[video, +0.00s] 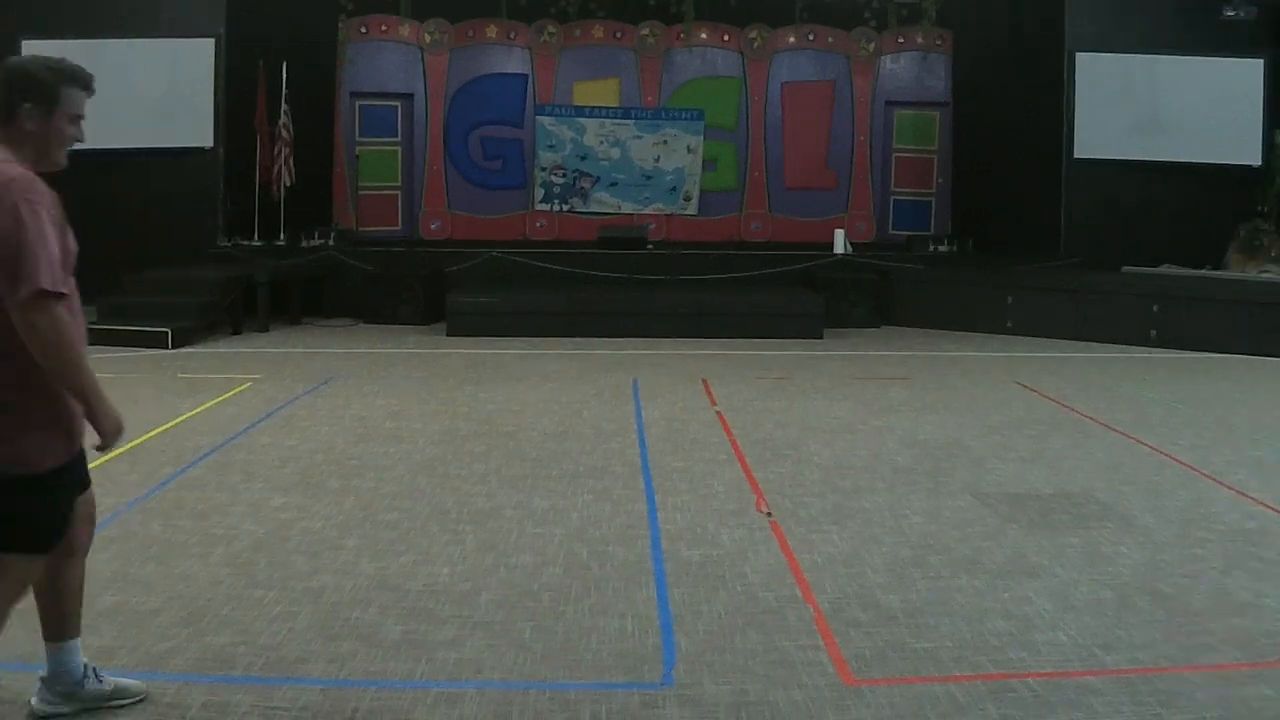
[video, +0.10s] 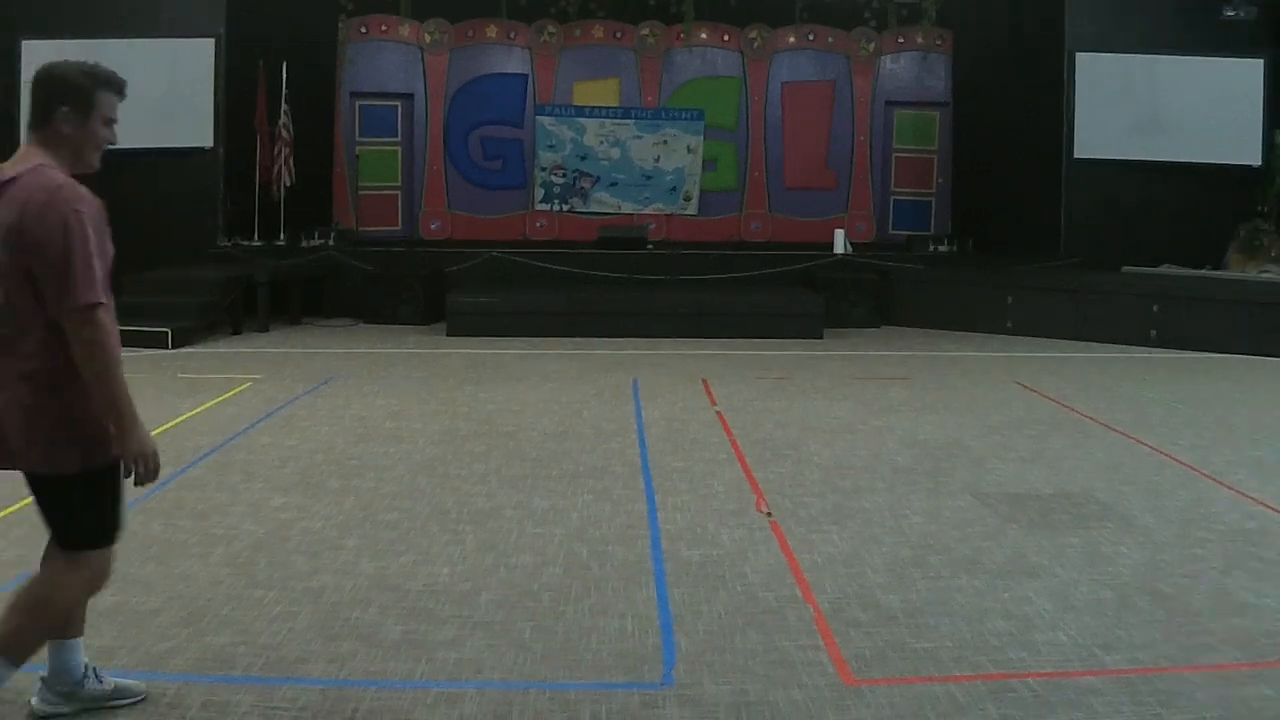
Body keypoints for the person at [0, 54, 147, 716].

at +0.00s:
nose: (79, 133)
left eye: (81, 119)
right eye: (72, 118)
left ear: (29, 118)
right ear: (28, 117)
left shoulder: (17, 184)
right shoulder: (22, 193)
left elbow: (32, 309)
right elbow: (37, 310)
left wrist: (73, 397)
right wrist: (96, 402)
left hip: (35, 412)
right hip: (24, 420)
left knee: (75, 520)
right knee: (21, 554)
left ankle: (66, 677)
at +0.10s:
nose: (112, 136)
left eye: (114, 122)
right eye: (105, 121)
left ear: (55, 121)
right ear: (64, 120)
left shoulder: (16, 183)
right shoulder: (66, 203)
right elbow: (88, 323)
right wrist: (131, 426)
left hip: (28, 404)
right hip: (64, 411)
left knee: (73, 546)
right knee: (86, 563)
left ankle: (68, 678)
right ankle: (9, 667)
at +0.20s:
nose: (140, 136)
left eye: (143, 122)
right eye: (135, 122)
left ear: (81, 119)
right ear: (96, 118)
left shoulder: (18, 187)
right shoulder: (101, 196)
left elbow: (15, 310)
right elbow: (121, 317)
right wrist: (172, 414)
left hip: (37, 403)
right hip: (97, 406)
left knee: (85, 524)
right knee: (152, 539)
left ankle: (70, 671)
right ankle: (48, 662)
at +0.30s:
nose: (169, 129)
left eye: (171, 116)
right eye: (161, 115)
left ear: (113, 113)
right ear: (124, 112)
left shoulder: (57, 174)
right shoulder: (121, 184)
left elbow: (54, 297)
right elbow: (150, 299)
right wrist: (217, 384)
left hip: (68, 396)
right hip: (132, 397)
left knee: (92, 516)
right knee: (190, 513)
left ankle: (69, 670)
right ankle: (136, 669)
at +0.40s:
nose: (195, 120)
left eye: (197, 107)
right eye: (188, 107)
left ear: (142, 106)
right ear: (151, 104)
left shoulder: (101, 166)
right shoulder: (143, 172)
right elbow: (165, 284)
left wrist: (235, 290)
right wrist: (248, 353)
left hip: (102, 384)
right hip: (165, 389)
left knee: (109, 510)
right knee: (201, 515)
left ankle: (76, 661)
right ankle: (226, 659)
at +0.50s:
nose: (226, 124)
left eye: (227, 111)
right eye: (219, 111)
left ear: (174, 111)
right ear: (180, 109)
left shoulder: (142, 168)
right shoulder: (167, 178)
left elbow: (206, 255)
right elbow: (193, 282)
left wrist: (284, 277)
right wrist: (271, 353)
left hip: (146, 385)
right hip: (198, 390)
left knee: (151, 509)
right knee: (229, 516)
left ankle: (87, 646)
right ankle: (244, 657)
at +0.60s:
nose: (257, 130)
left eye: (258, 117)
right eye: (250, 116)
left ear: (207, 118)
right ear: (212, 116)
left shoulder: (187, 180)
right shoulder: (192, 188)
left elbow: (240, 274)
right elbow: (217, 294)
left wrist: (314, 299)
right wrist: (286, 377)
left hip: (204, 385)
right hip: (228, 387)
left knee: (223, 504)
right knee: (259, 508)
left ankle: (129, 615)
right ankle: (247, 656)